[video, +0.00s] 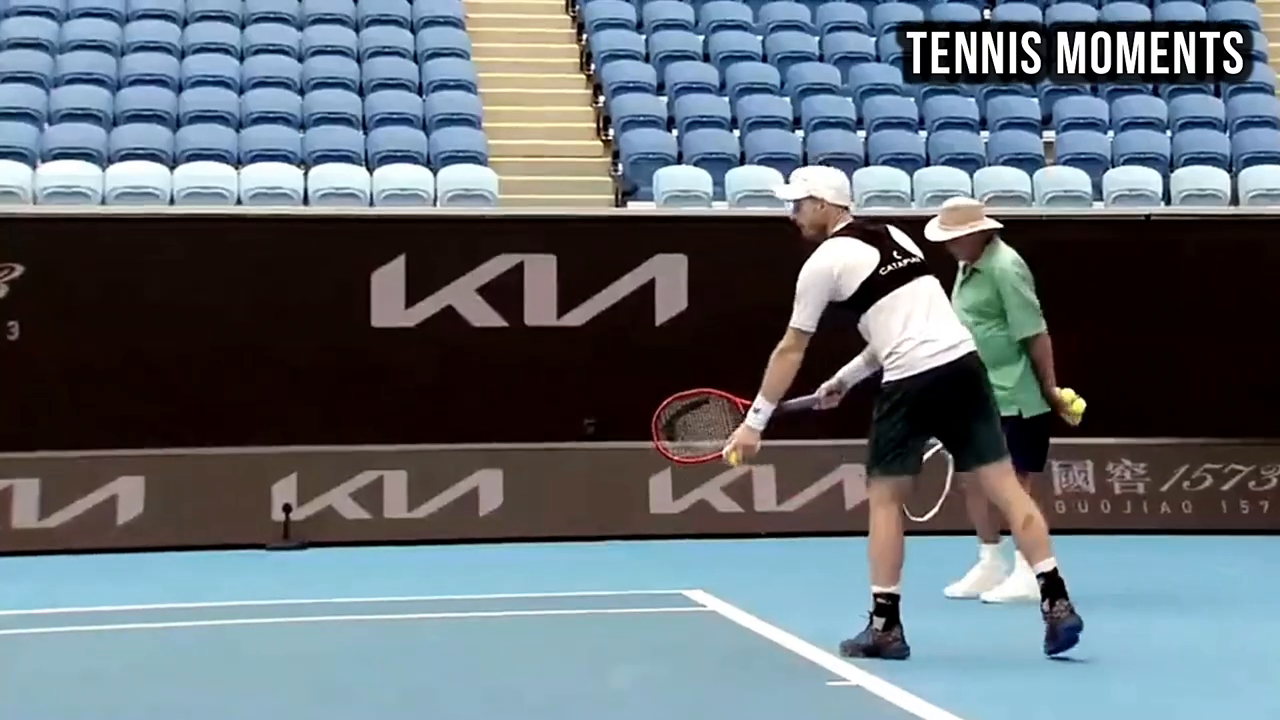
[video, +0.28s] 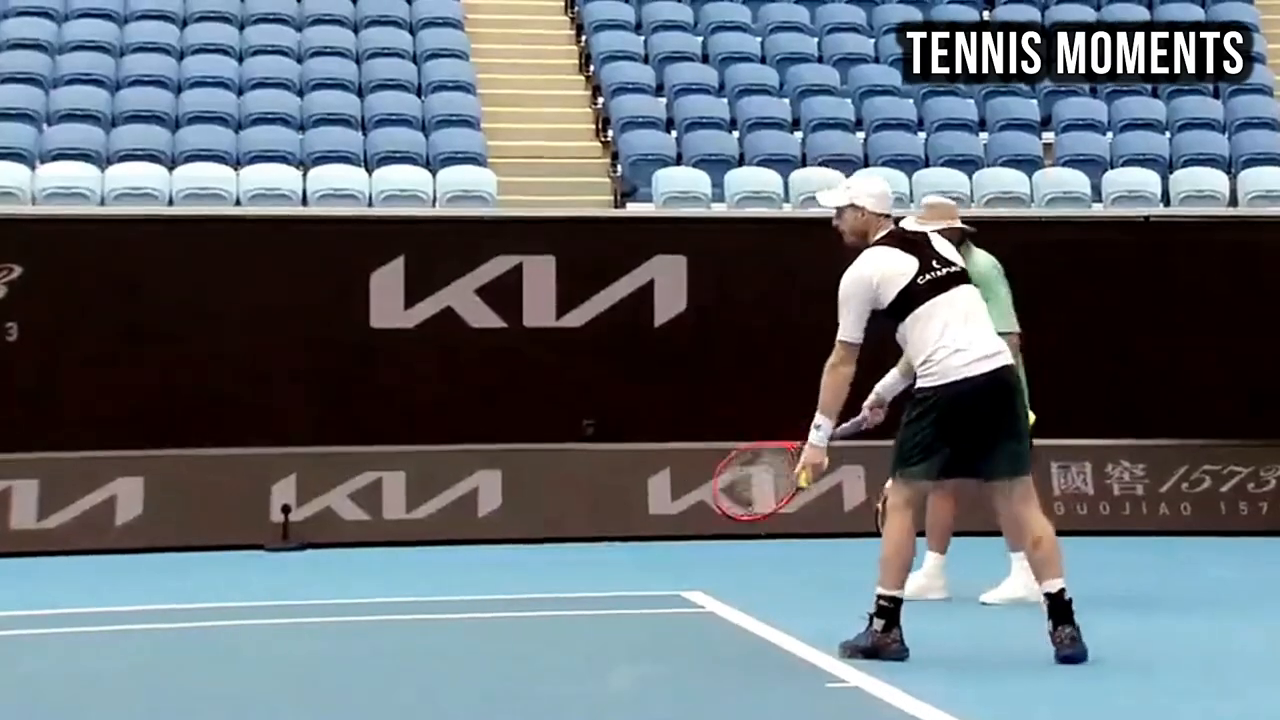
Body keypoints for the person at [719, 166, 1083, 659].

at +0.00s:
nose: (794, 215)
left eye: (800, 205)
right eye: (794, 205)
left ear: (826, 207)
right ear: (841, 208)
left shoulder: (822, 261)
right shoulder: (890, 232)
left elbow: (791, 349)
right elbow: (901, 325)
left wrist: (754, 423)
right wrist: (843, 379)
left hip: (909, 380)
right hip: (965, 366)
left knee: (886, 500)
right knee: (1006, 488)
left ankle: (885, 626)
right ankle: (1059, 605)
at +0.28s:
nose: (837, 222)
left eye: (843, 212)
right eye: (837, 213)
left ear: (866, 214)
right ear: (883, 213)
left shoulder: (862, 271)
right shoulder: (931, 237)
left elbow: (842, 364)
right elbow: (936, 336)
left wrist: (818, 439)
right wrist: (882, 393)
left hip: (941, 390)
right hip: (1000, 382)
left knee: (902, 501)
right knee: (1022, 504)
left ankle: (884, 627)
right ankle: (1065, 625)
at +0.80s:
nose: (970, 209)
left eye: (973, 204)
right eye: (973, 203)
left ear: (981, 211)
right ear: (1023, 211)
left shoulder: (960, 267)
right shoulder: (1061, 258)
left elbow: (949, 343)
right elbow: (1086, 339)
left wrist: (934, 403)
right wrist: (1081, 410)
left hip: (987, 421)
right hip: (1052, 419)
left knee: (931, 521)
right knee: (1055, 538)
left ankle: (891, 638)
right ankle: (1070, 642)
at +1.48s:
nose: (919, 213)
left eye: (920, 214)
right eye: (937, 213)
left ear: (919, 238)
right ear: (962, 245)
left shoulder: (889, 250)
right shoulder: (972, 293)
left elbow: (886, 165)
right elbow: (1050, 288)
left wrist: (889, 86)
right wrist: (1074, 230)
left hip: (857, 431)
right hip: (918, 435)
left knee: (847, 539)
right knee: (930, 538)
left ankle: (881, 651)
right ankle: (972, 605)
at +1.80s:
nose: (867, 206)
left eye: (871, 204)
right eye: (885, 207)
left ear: (868, 214)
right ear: (911, 227)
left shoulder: (829, 242)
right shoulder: (918, 274)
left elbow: (750, 257)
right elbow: (997, 272)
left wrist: (674, 242)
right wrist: (993, 229)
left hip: (810, 409)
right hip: (859, 417)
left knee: (810, 529)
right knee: (844, 522)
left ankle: (860, 639)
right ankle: (908, 609)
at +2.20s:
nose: (696, 235)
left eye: (705, 226)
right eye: (697, 227)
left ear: (734, 232)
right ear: (719, 237)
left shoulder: (784, 288)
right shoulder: (713, 291)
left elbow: (849, 350)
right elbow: (679, 356)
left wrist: (873, 423)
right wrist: (657, 419)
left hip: (830, 422)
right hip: (806, 422)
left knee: (786, 539)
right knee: (853, 525)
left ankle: (830, 655)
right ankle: (941, 569)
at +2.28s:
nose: (664, 258)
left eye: (673, 248)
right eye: (663, 249)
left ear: (703, 250)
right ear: (688, 255)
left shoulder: (761, 297)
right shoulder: (695, 313)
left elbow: (835, 333)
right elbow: (704, 396)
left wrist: (906, 373)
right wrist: (708, 463)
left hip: (816, 427)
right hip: (784, 432)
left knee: (769, 548)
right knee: (827, 540)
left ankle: (830, 653)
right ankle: (922, 553)